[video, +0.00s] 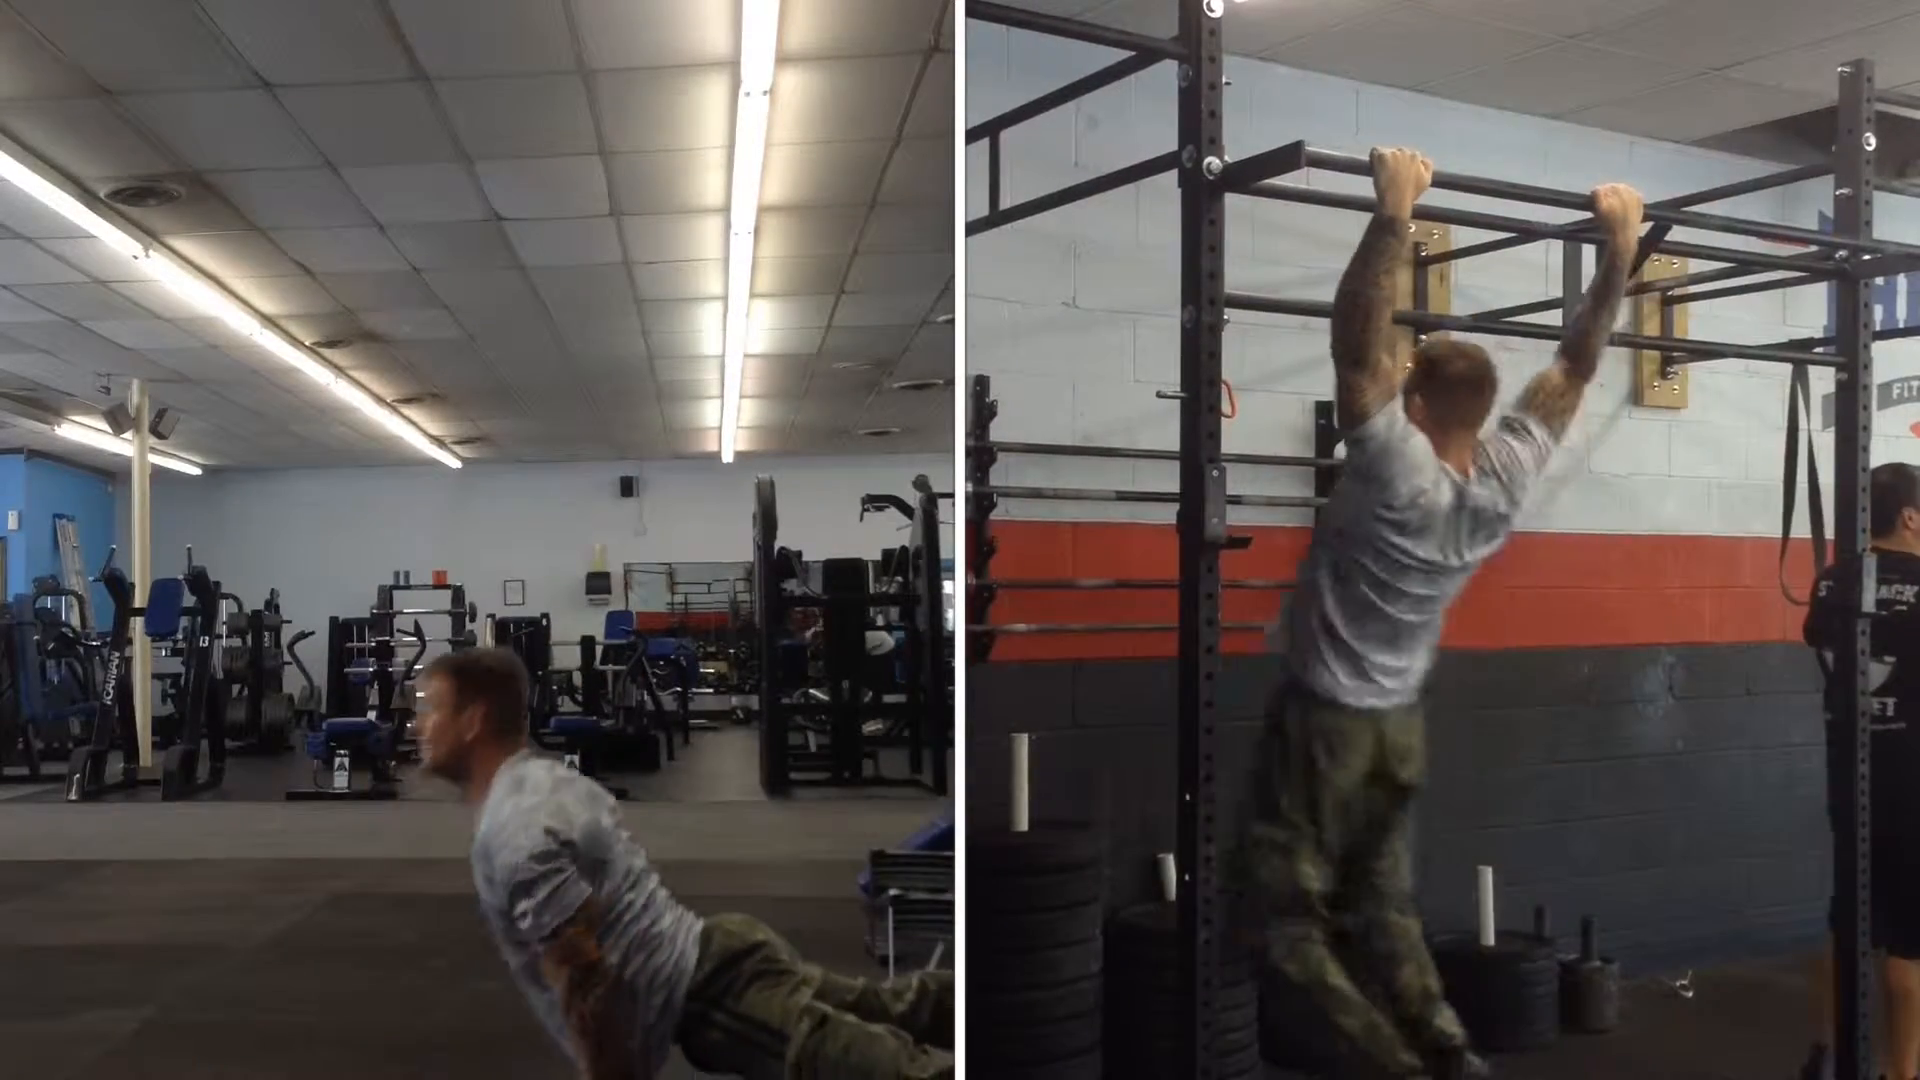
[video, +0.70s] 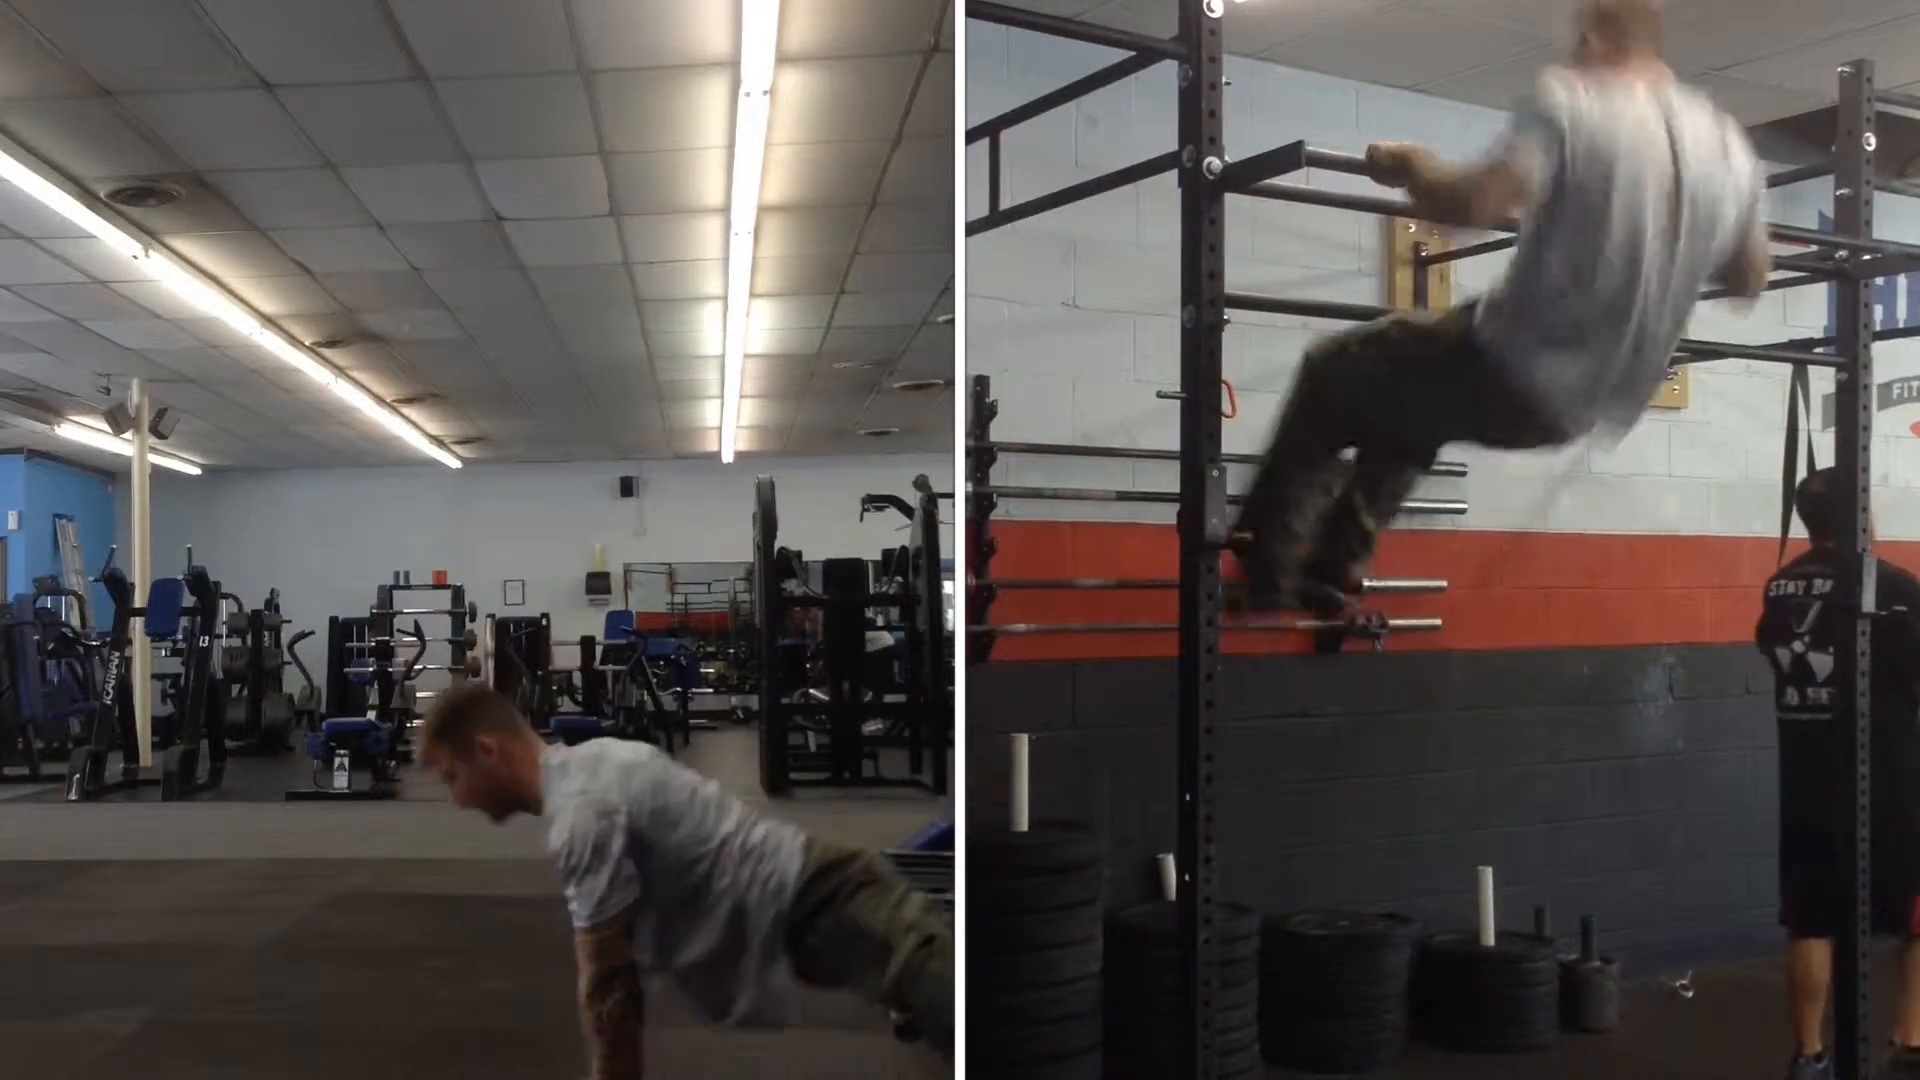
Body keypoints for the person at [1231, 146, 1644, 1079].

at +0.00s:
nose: (1399, 375)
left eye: (1409, 369)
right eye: (1409, 366)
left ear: (1418, 399)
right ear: (1485, 416)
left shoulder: (1387, 468)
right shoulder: (1491, 494)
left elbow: (1357, 337)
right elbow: (1573, 371)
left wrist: (1391, 215)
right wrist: (1618, 260)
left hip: (1323, 725)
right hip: (1400, 727)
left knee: (1281, 919)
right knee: (1379, 911)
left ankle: (1392, 1064)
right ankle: (1453, 1058)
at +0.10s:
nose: (1408, 374)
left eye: (1418, 368)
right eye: (1418, 365)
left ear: (1428, 394)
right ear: (1496, 411)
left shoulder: (1386, 459)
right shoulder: (1504, 486)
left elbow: (1352, 337)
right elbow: (1574, 366)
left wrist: (1389, 215)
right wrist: (1618, 261)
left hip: (1307, 698)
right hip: (1385, 705)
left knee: (1244, 880)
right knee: (1343, 870)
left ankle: (1331, 1059)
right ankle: (1406, 1050)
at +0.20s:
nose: (1439, 410)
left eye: (1445, 400)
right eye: (1451, 402)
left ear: (1456, 411)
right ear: (1523, 428)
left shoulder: (1414, 472)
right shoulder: (1531, 505)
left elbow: (1359, 350)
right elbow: (1585, 373)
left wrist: (1391, 218)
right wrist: (1620, 262)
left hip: (1322, 709)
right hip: (1393, 722)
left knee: (1191, 743)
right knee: (1288, 746)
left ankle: (1240, 929)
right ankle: (1307, 919)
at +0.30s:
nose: (1484, 413)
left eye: (1493, 406)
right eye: (1493, 403)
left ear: (1502, 426)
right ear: (1565, 434)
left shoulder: (1451, 488)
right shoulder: (1576, 502)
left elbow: (1373, 361)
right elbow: (1604, 372)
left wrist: (1394, 215)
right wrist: (1626, 250)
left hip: (1351, 712)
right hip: (1430, 717)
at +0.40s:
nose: (1537, 396)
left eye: (1546, 385)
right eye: (1548, 385)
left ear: (1561, 400)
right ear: (1622, 414)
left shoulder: (1503, 469)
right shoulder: (1630, 488)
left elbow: (1393, 356)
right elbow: (1626, 379)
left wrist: (1397, 217)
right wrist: (1631, 252)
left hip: (1390, 667)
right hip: (1470, 683)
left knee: (1285, 511)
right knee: (1330, 514)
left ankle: (1150, 527)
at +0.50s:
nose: (1588, 323)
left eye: (1599, 315)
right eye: (1598, 312)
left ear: (1612, 327)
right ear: (1672, 339)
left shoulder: (1551, 383)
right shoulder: (1688, 435)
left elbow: (1414, 334)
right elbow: (1660, 332)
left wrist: (1404, 209)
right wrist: (1637, 241)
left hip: (1451, 550)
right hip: (1523, 596)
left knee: (1293, 437)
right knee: (1362, 470)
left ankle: (1150, 479)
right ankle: (1232, 524)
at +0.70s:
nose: (1575, 52)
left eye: (1581, 36)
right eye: (1580, 38)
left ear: (1598, 32)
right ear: (1657, 43)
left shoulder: (1571, 95)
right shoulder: (1726, 140)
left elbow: (1492, 203)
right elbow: (1746, 280)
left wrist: (1413, 169)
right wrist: (1670, 242)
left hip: (1511, 370)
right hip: (1591, 400)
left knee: (1334, 373)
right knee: (1416, 404)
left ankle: (1264, 562)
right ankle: (1330, 564)